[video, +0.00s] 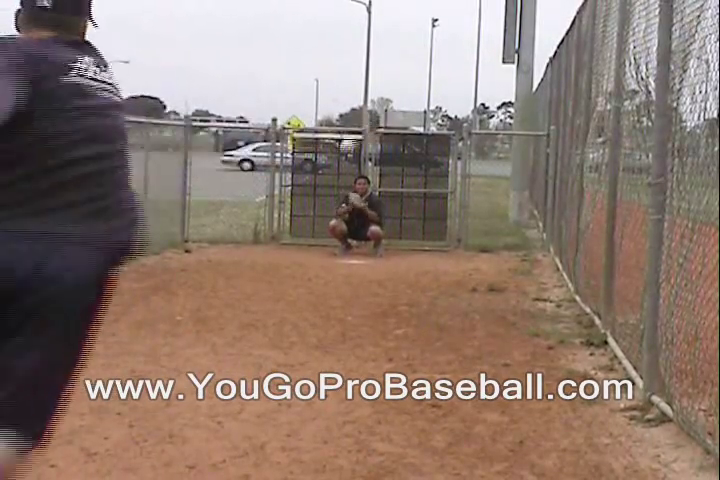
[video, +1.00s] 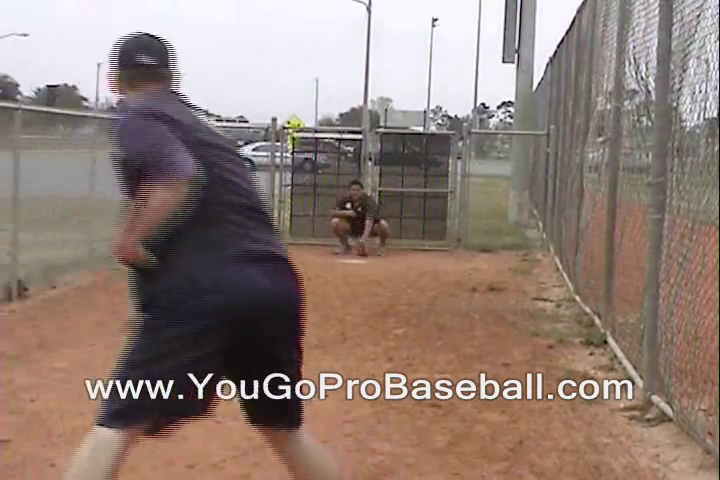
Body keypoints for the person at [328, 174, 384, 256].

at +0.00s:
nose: (361, 187)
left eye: (364, 184)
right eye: (359, 184)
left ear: (368, 186)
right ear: (354, 186)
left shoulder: (373, 199)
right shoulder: (349, 197)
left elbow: (378, 219)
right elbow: (338, 213)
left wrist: (363, 208)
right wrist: (348, 208)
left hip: (366, 227)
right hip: (351, 226)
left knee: (376, 231)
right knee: (334, 225)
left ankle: (377, 245)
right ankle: (346, 245)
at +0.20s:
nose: (361, 187)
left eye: (363, 184)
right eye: (358, 184)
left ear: (367, 186)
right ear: (354, 186)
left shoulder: (373, 199)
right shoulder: (348, 198)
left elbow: (377, 217)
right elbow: (338, 213)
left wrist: (365, 206)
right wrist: (348, 209)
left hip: (366, 228)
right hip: (350, 227)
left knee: (376, 230)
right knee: (334, 225)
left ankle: (377, 246)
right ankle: (346, 245)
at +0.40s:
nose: (360, 189)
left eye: (362, 186)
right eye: (357, 186)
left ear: (366, 188)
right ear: (353, 188)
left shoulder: (372, 199)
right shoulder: (347, 198)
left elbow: (376, 215)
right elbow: (337, 214)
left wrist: (362, 205)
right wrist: (348, 213)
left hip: (367, 228)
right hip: (351, 228)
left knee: (378, 229)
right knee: (334, 225)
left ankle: (377, 246)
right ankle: (346, 245)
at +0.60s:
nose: (358, 190)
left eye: (360, 188)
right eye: (355, 188)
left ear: (364, 190)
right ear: (352, 189)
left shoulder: (369, 199)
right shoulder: (347, 201)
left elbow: (374, 208)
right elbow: (337, 214)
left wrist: (365, 211)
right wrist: (348, 214)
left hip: (366, 228)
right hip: (351, 227)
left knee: (378, 227)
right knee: (334, 225)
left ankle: (377, 246)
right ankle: (346, 245)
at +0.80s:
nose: (356, 193)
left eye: (358, 190)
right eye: (354, 190)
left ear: (363, 191)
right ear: (351, 191)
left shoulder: (368, 200)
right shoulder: (346, 201)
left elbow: (371, 210)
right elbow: (333, 212)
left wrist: (367, 222)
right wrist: (349, 215)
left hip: (366, 228)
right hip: (351, 228)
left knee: (380, 226)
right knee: (335, 224)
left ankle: (379, 246)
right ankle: (346, 245)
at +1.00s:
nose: (355, 192)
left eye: (358, 190)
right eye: (353, 190)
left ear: (362, 191)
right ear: (350, 191)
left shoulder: (369, 202)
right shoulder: (346, 201)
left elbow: (369, 222)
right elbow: (333, 212)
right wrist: (347, 213)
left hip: (366, 227)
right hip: (352, 227)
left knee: (382, 225)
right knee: (336, 223)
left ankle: (382, 246)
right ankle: (346, 246)